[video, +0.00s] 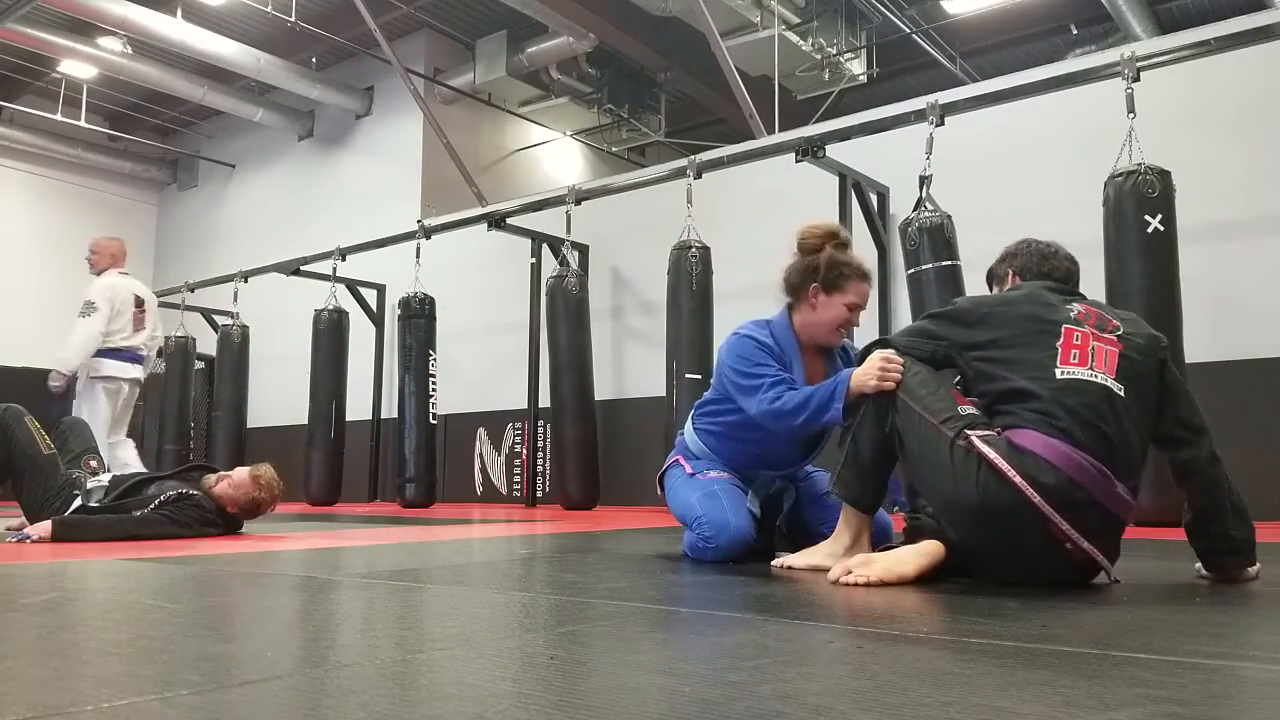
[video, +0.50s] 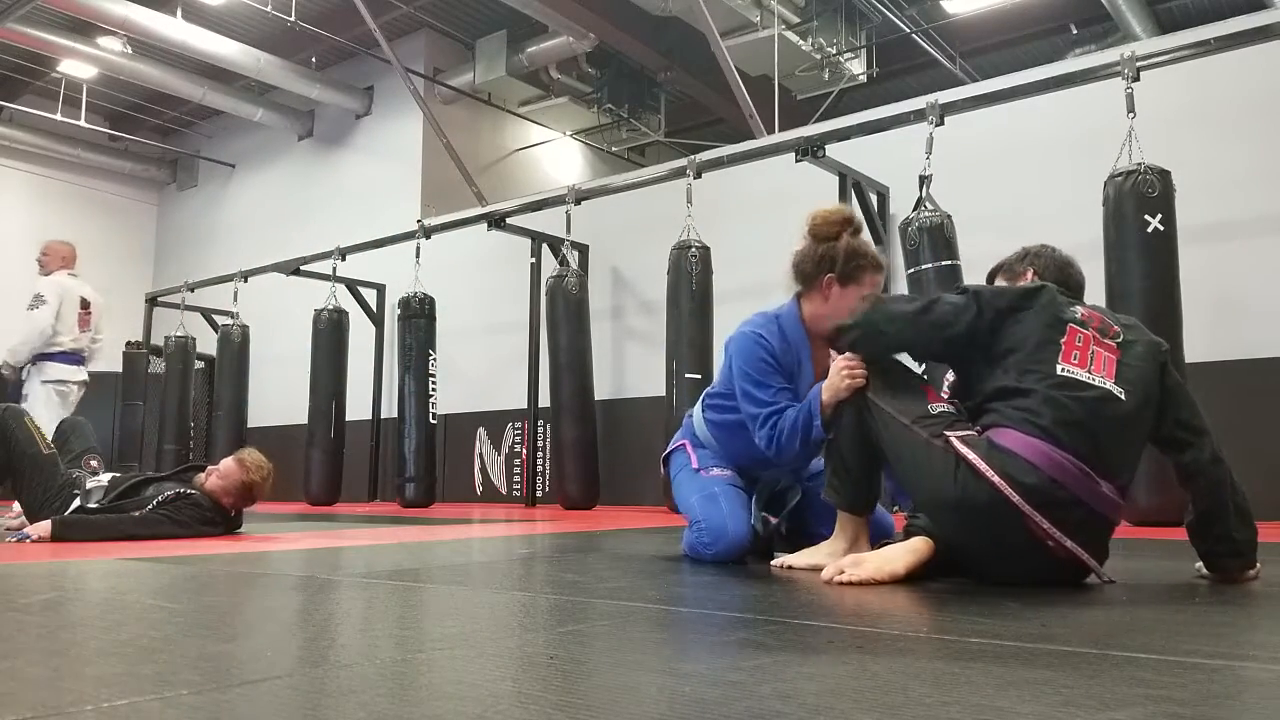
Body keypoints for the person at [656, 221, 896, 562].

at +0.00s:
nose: (856, 321)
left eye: (860, 311)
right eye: (851, 308)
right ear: (815, 295)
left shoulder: (844, 358)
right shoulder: (746, 345)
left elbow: (872, 433)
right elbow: (776, 409)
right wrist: (849, 384)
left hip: (786, 473)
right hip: (705, 466)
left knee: (875, 531)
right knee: (731, 538)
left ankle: (775, 524)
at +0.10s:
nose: (857, 325)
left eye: (861, 315)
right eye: (853, 311)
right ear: (817, 297)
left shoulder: (843, 358)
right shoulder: (746, 347)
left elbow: (871, 433)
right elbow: (776, 415)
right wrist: (847, 387)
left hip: (785, 473)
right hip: (706, 466)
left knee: (875, 532)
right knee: (732, 537)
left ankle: (775, 528)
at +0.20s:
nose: (856, 327)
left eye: (861, 316)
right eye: (853, 312)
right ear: (817, 298)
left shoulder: (841, 359)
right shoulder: (746, 348)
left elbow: (871, 436)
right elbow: (770, 429)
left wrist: (916, 506)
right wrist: (836, 395)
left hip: (785, 474)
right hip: (704, 468)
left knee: (874, 532)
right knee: (731, 537)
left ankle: (775, 523)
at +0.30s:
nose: (857, 323)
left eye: (863, 312)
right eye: (855, 309)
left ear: (820, 298)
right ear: (819, 296)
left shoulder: (842, 357)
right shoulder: (747, 349)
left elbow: (871, 435)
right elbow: (774, 441)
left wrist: (917, 507)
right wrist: (829, 396)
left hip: (783, 470)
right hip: (703, 465)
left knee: (874, 532)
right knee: (731, 537)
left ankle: (775, 517)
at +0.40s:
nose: (864, 316)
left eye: (868, 305)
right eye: (859, 303)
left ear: (823, 293)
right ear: (822, 292)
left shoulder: (845, 352)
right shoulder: (750, 346)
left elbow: (865, 437)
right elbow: (778, 444)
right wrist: (825, 396)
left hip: (786, 465)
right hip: (706, 459)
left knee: (876, 534)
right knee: (730, 539)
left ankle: (776, 520)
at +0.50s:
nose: (871, 311)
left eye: (875, 301)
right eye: (867, 299)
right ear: (830, 287)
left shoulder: (848, 349)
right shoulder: (755, 340)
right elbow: (776, 441)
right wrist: (825, 394)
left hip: (789, 463)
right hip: (710, 454)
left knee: (879, 534)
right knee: (727, 540)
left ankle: (777, 525)